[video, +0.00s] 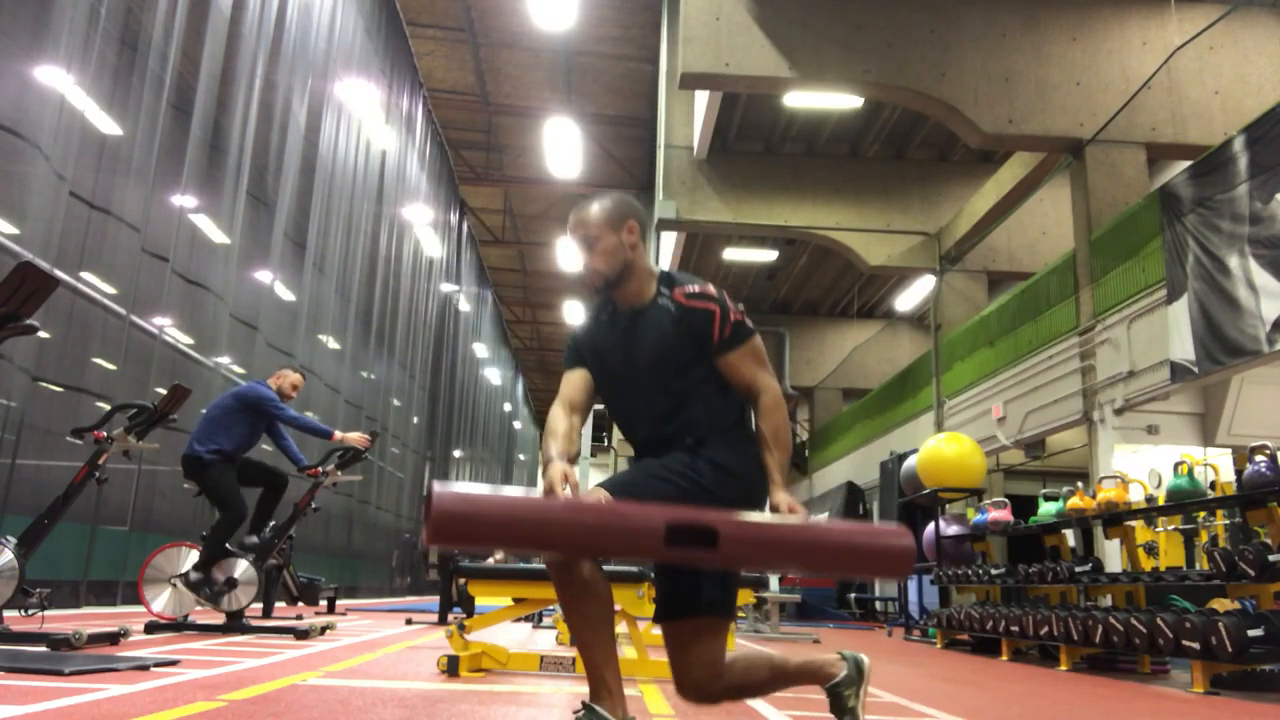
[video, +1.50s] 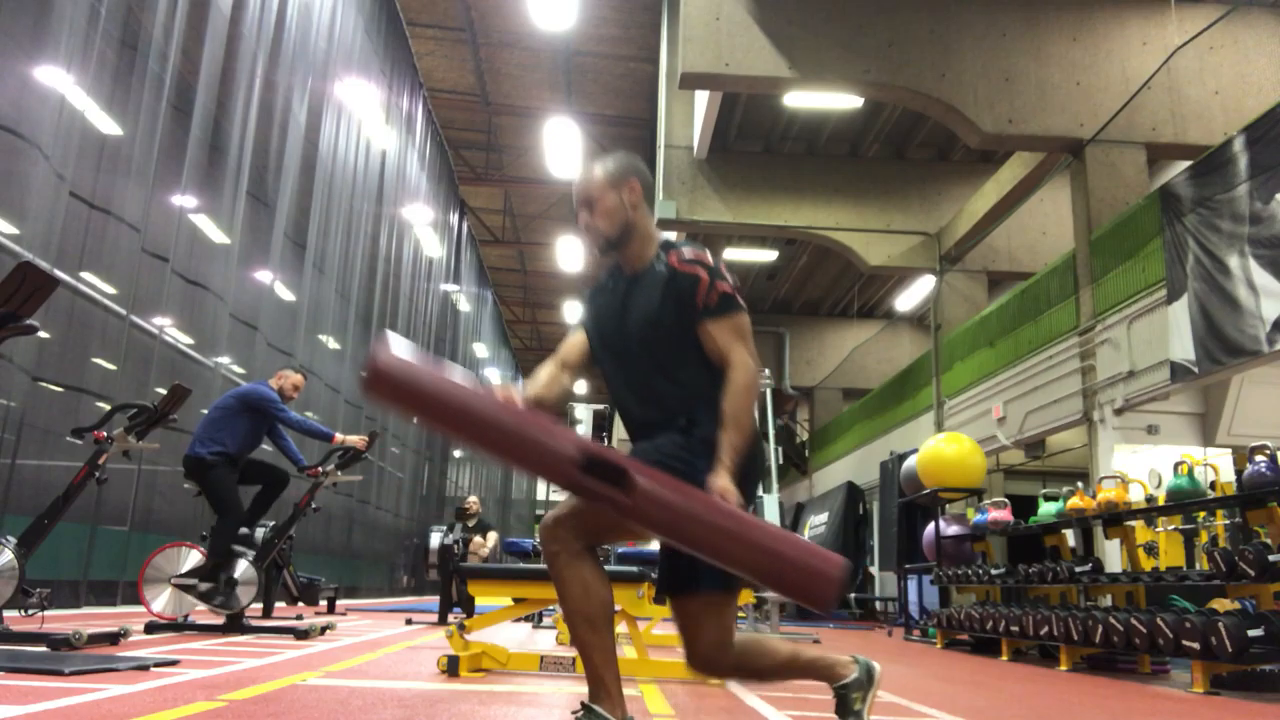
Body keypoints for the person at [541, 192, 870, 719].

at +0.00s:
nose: (583, 261)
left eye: (591, 246)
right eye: (578, 249)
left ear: (631, 236)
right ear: (579, 249)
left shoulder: (700, 303)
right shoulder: (593, 334)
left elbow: (766, 389)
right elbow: (567, 407)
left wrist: (778, 483)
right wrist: (556, 460)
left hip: (722, 470)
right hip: (668, 477)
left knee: (566, 525)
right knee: (700, 679)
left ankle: (609, 707)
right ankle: (837, 670)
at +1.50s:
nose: (582, 218)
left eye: (591, 204)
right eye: (578, 208)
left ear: (633, 195)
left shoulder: (689, 268)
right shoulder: (605, 296)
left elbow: (743, 363)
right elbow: (563, 366)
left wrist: (724, 468)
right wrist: (524, 396)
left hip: (701, 454)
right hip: (663, 456)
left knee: (562, 532)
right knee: (711, 652)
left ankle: (607, 707)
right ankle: (846, 669)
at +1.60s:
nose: (576, 175)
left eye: (585, 159)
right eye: (574, 163)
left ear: (624, 154)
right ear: (600, 163)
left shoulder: (674, 226)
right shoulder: (605, 255)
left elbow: (715, 330)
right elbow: (555, 331)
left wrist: (679, 428)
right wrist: (497, 340)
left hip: (702, 428)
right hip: (665, 433)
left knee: (567, 529)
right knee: (720, 610)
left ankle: (607, 706)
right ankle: (850, 670)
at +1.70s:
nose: (576, 141)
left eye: (581, 124)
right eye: (573, 128)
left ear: (621, 115)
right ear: (611, 119)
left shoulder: (668, 190)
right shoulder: (609, 223)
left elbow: (682, 292)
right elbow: (558, 295)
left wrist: (623, 380)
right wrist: (492, 279)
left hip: (684, 396)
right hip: (671, 402)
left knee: (578, 525)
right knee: (682, 572)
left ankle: (609, 706)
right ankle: (810, 654)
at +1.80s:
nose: (580, 113)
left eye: (585, 97)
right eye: (576, 103)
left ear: (627, 87)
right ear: (616, 95)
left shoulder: (661, 155)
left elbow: (649, 259)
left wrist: (571, 326)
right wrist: (504, 226)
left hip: (670, 363)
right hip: (665, 365)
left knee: (591, 522)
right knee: (615, 535)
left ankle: (612, 706)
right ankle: (748, 620)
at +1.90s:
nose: (588, 99)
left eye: (595, 84)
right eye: (585, 91)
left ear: (638, 75)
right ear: (631, 83)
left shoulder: (657, 137)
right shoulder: (637, 146)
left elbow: (607, 231)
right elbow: (585, 247)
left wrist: (499, 266)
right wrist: (540, 193)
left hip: (661, 355)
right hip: (631, 353)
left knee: (602, 521)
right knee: (537, 469)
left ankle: (613, 707)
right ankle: (663, 578)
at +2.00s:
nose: (595, 96)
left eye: (603, 82)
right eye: (593, 87)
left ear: (644, 70)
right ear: (643, 76)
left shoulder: (656, 129)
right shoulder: (647, 138)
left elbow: (563, 196)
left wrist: (457, 204)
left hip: (650, 345)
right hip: (619, 339)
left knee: (601, 528)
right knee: (491, 397)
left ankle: (614, 707)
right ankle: (573, 529)